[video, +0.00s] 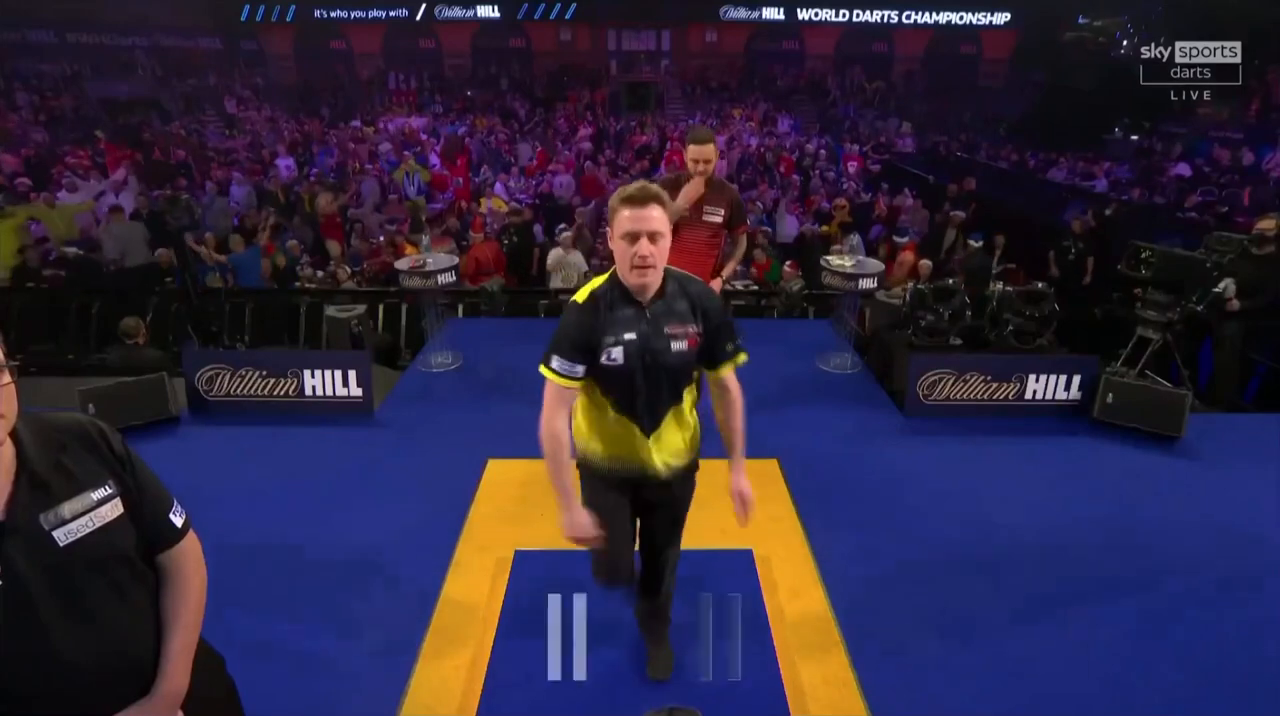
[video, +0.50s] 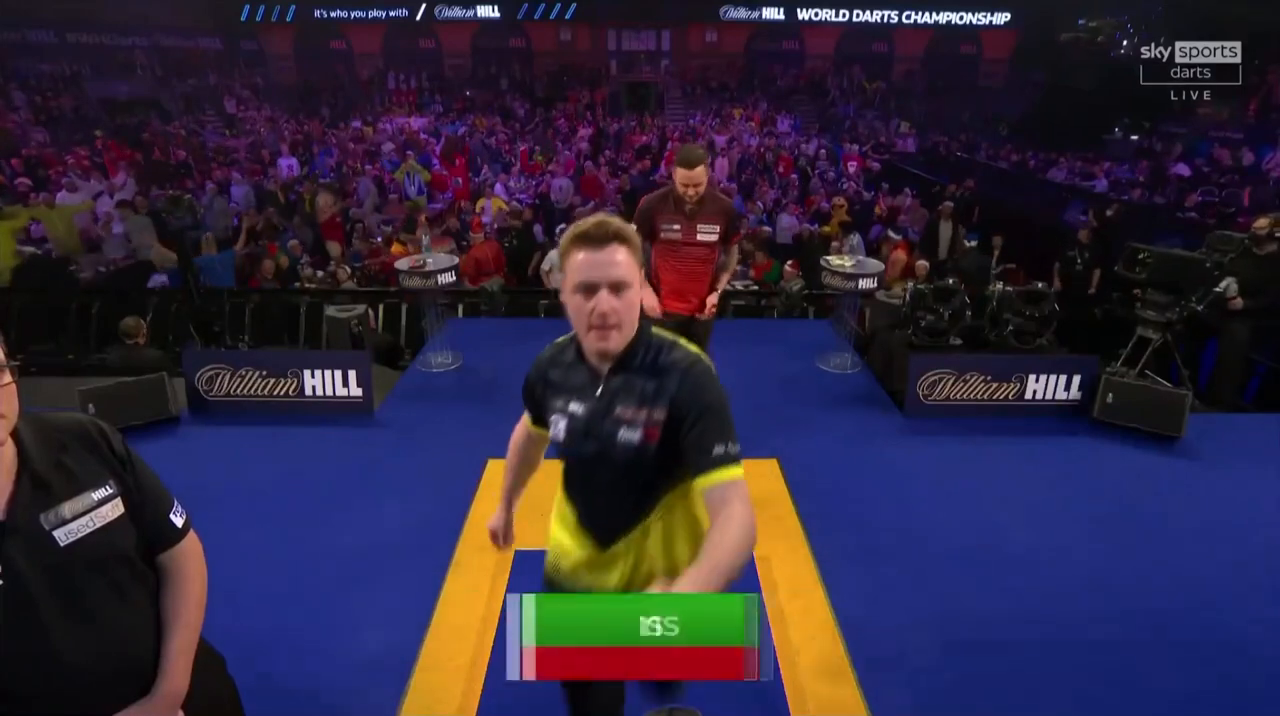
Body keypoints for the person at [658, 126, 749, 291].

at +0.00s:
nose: (700, 168)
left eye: (707, 162)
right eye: (695, 161)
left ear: (717, 157)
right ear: (685, 155)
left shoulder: (729, 195)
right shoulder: (667, 186)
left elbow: (741, 242)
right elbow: (652, 229)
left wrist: (721, 278)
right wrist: (680, 204)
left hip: (703, 289)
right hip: (665, 282)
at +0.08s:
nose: (701, 172)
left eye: (708, 165)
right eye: (696, 165)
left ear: (718, 159)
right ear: (686, 158)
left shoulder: (729, 197)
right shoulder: (667, 189)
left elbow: (741, 243)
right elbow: (648, 228)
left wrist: (722, 280)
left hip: (704, 288)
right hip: (666, 282)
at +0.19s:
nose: (702, 175)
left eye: (708, 169)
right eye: (696, 169)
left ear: (718, 162)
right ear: (686, 160)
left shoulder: (730, 201)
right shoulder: (665, 192)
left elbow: (739, 244)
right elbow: (649, 232)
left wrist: (721, 283)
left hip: (706, 293)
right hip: (665, 287)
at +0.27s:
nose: (701, 179)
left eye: (708, 173)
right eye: (695, 172)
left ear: (717, 165)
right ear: (685, 163)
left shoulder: (731, 203)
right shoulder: (664, 196)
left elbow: (738, 247)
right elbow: (649, 236)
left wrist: (721, 284)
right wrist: (653, 276)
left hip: (706, 299)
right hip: (666, 293)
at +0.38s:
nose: (697, 186)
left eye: (704, 180)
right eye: (691, 179)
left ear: (713, 173)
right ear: (680, 171)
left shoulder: (729, 206)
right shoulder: (658, 202)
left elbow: (735, 250)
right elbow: (643, 247)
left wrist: (720, 288)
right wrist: (648, 286)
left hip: (703, 311)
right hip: (665, 307)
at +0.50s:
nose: (690, 192)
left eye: (697, 185)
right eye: (684, 185)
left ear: (708, 177)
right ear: (673, 176)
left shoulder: (724, 210)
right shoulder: (651, 206)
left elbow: (732, 253)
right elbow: (633, 249)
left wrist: (717, 292)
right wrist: (644, 289)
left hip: (700, 315)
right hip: (660, 313)